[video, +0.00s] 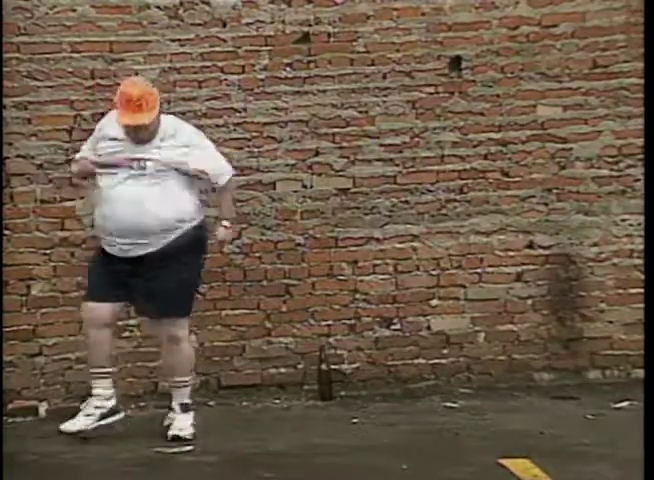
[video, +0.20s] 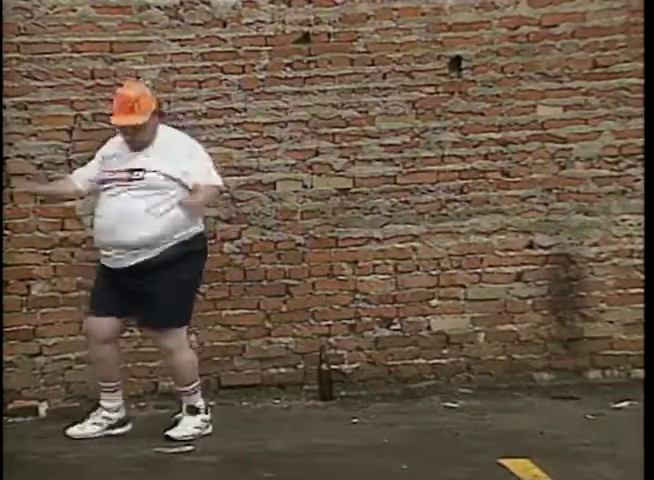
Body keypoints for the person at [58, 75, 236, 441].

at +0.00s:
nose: (137, 131)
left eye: (143, 125)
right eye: (130, 125)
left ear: (157, 114)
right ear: (119, 114)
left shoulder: (184, 137)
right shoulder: (107, 130)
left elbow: (224, 178)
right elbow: (77, 178)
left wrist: (227, 220)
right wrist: (80, 170)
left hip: (174, 246)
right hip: (117, 246)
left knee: (174, 332)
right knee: (95, 316)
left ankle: (182, 411)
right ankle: (103, 400)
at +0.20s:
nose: (130, 135)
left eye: (137, 128)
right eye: (124, 128)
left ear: (154, 117)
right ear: (117, 122)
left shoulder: (180, 146)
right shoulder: (112, 150)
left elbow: (210, 186)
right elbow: (77, 184)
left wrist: (196, 200)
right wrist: (37, 187)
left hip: (172, 254)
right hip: (119, 259)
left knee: (171, 336)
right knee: (99, 329)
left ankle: (195, 413)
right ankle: (112, 412)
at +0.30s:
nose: (114, 120)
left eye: (119, 111)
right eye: (110, 114)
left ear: (140, 101)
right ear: (111, 113)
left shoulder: (171, 127)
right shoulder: (114, 142)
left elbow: (197, 163)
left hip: (172, 250)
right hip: (118, 254)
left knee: (173, 335)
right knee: (99, 328)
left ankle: (195, 412)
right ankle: (108, 404)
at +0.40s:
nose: (100, 107)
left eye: (102, 99)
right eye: (97, 102)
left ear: (124, 88)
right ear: (106, 98)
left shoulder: (161, 110)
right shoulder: (106, 131)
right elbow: (93, 182)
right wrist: (69, 220)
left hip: (169, 240)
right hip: (114, 242)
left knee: (174, 326)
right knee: (109, 319)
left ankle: (192, 407)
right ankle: (112, 400)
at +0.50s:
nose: (95, 109)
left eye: (99, 100)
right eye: (93, 104)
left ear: (121, 94)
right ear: (97, 105)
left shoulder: (150, 113)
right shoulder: (102, 134)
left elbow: (141, 139)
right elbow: (89, 179)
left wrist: (98, 149)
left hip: (168, 240)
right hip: (114, 241)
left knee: (173, 322)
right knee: (122, 322)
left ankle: (181, 406)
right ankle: (127, 405)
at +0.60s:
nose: (95, 130)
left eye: (101, 122)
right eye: (92, 123)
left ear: (123, 116)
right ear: (93, 122)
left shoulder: (146, 130)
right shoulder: (99, 149)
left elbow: (133, 151)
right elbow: (100, 196)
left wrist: (115, 170)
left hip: (165, 257)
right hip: (109, 262)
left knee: (177, 335)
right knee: (117, 336)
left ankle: (180, 410)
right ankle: (133, 412)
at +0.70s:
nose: (99, 139)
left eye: (106, 131)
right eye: (95, 132)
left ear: (124, 122)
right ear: (89, 128)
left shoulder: (147, 140)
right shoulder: (96, 157)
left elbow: (154, 175)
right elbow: (90, 200)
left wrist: (139, 208)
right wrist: (76, 215)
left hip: (162, 259)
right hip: (107, 261)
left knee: (172, 338)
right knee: (113, 338)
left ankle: (181, 408)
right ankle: (133, 414)